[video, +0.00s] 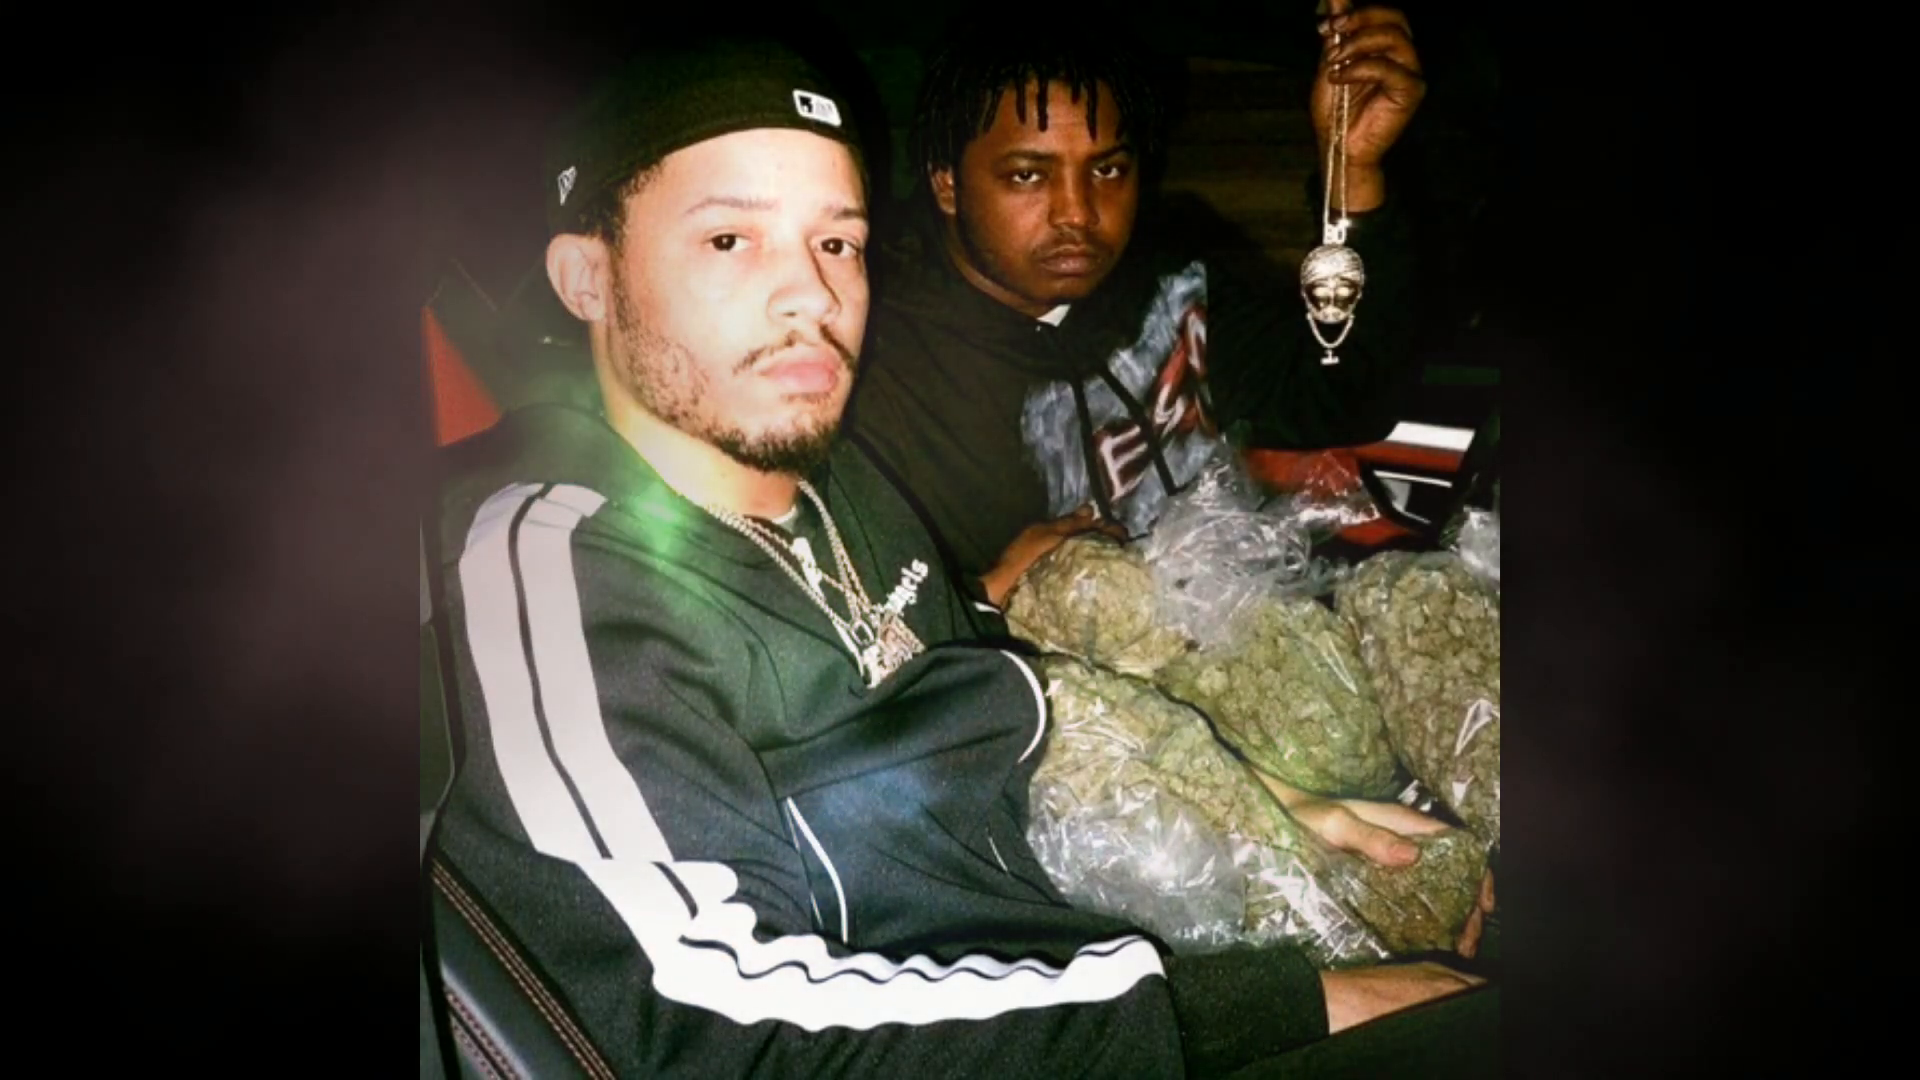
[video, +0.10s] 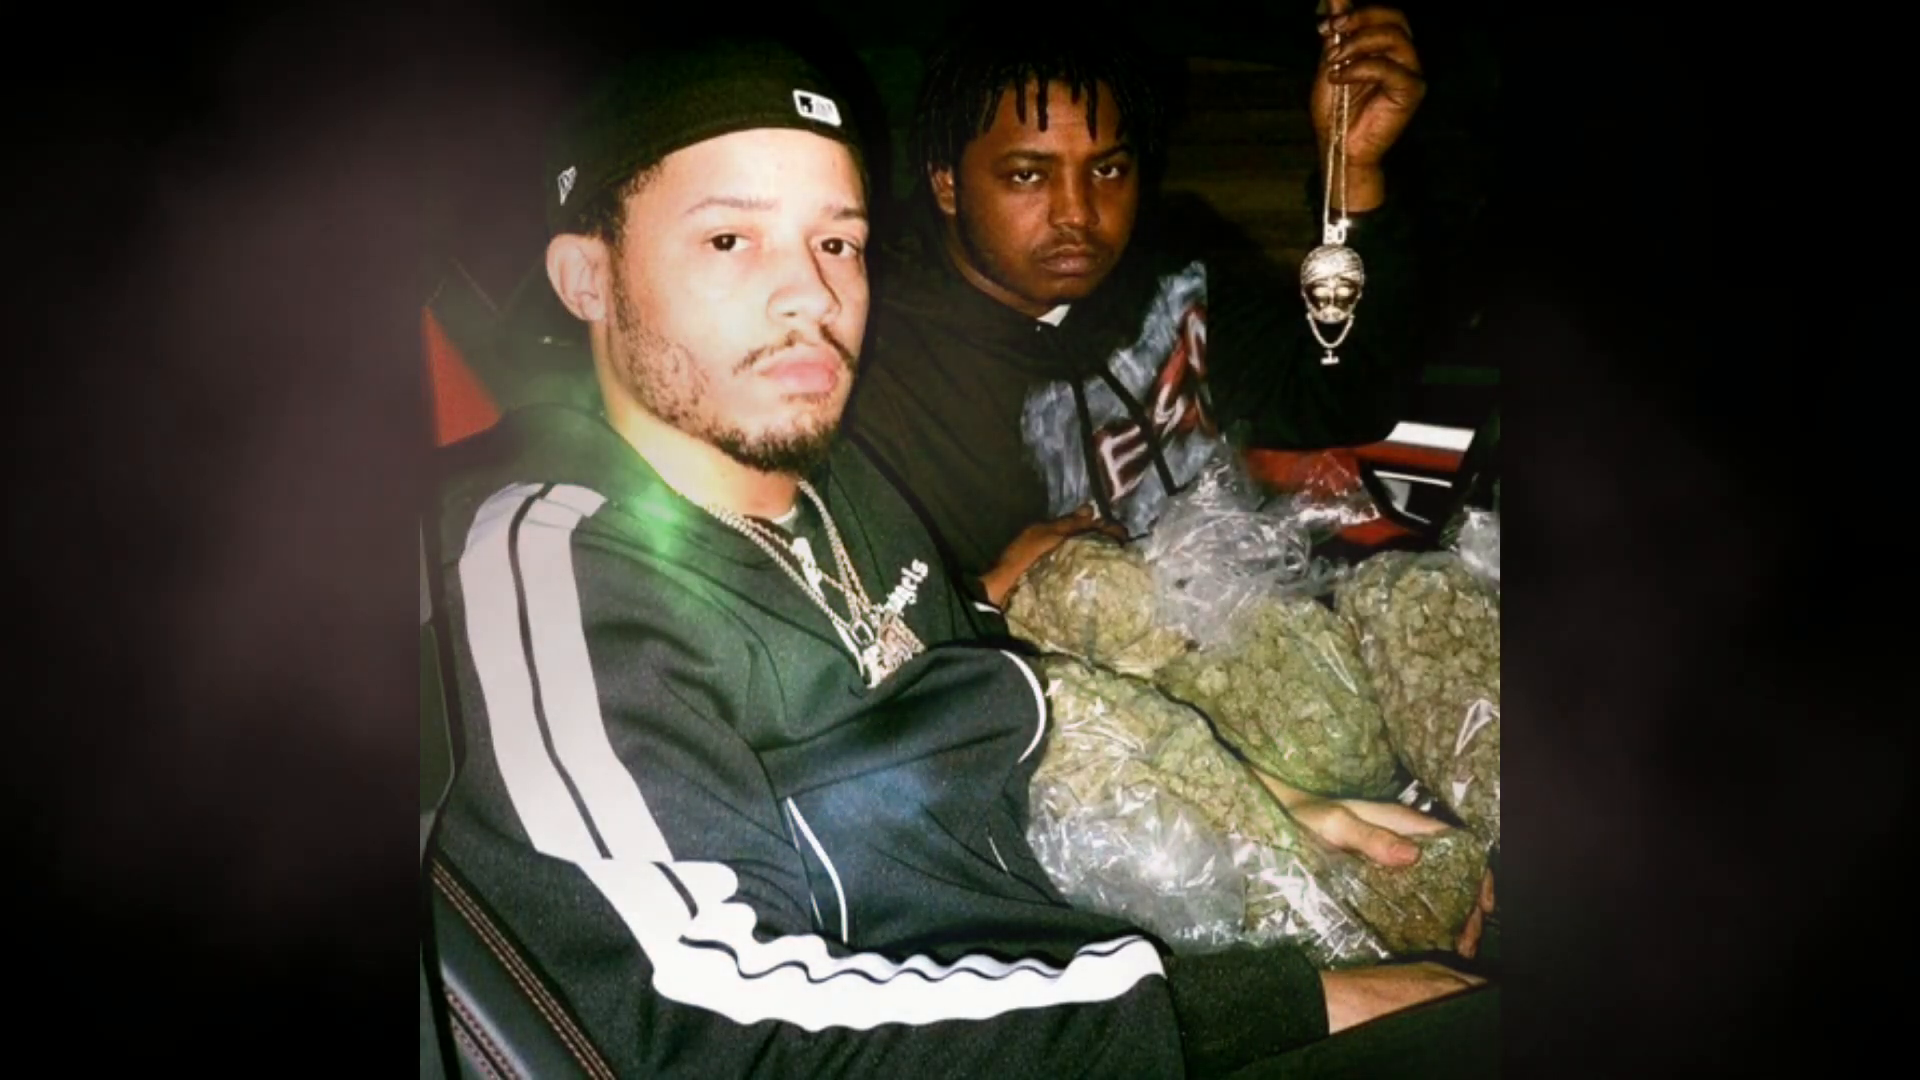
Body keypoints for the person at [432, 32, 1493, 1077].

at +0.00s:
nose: (810, 302)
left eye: (835, 250)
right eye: (729, 244)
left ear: (867, 269)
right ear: (586, 280)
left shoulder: (827, 486)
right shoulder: (536, 553)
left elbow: (1017, 755)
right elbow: (702, 1018)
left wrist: (1275, 827)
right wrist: (1275, 1008)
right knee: (1505, 1011)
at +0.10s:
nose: (811, 303)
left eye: (836, 249)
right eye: (728, 243)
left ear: (868, 268)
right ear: (586, 280)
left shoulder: (827, 484)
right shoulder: (535, 555)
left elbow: (1015, 753)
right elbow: (702, 1018)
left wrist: (1275, 823)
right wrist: (1273, 1010)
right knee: (1501, 1013)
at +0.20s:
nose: (811, 304)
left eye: (836, 249)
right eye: (728, 244)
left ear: (868, 267)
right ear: (586, 279)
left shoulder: (827, 487)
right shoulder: (534, 554)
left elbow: (1011, 748)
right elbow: (706, 1018)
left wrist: (1271, 823)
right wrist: (1276, 1007)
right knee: (1488, 1011)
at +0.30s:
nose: (812, 304)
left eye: (836, 248)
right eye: (729, 244)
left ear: (869, 267)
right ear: (587, 281)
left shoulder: (826, 486)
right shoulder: (534, 551)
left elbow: (1009, 742)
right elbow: (703, 1018)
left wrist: (1269, 821)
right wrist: (1275, 1008)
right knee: (1495, 1010)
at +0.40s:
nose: (812, 304)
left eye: (837, 249)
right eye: (729, 244)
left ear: (869, 267)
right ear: (587, 281)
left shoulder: (827, 486)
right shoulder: (534, 550)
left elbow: (1008, 735)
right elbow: (704, 1017)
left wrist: (1270, 820)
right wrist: (1274, 1008)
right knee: (1485, 1011)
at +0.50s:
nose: (812, 303)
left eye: (837, 249)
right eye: (729, 244)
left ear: (869, 267)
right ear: (587, 281)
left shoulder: (827, 488)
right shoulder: (534, 550)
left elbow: (1006, 736)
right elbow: (703, 1017)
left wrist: (1268, 819)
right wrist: (1275, 1008)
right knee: (1481, 1010)